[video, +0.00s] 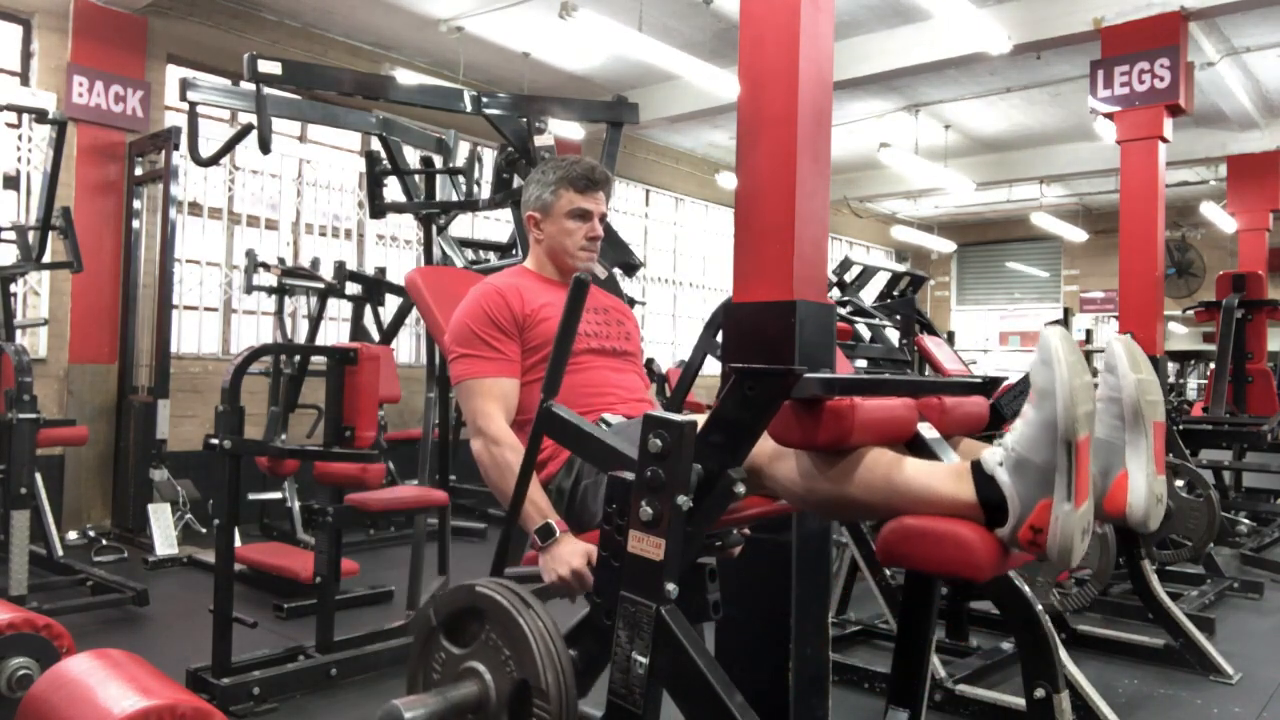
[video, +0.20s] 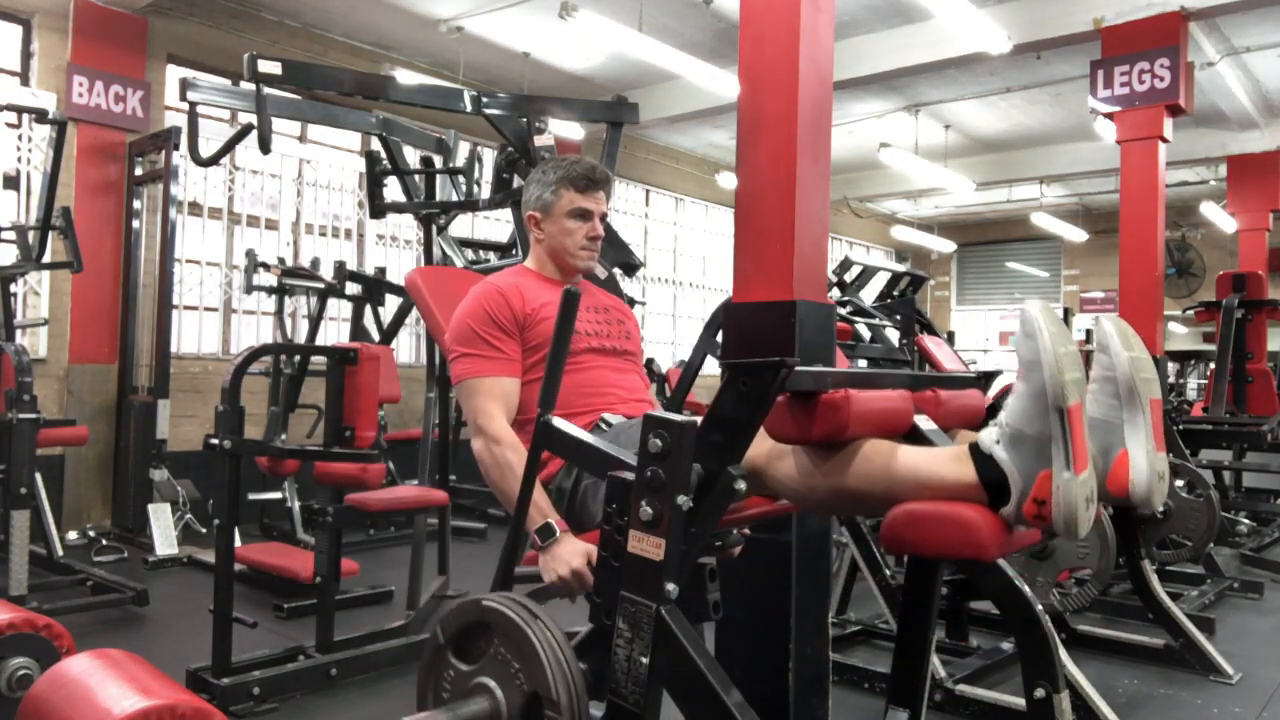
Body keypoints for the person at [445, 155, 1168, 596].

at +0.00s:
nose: (593, 234)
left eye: (598, 222)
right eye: (578, 219)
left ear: (598, 227)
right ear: (533, 219)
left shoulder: (610, 305)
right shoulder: (494, 299)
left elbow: (655, 396)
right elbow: (487, 430)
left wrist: (721, 425)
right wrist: (549, 533)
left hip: (660, 440)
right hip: (585, 460)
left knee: (818, 452)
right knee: (772, 456)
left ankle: (999, 489)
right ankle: (991, 492)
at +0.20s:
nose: (594, 233)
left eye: (599, 220)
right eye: (580, 218)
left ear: (598, 225)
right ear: (534, 218)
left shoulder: (609, 304)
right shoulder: (494, 299)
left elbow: (654, 394)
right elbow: (488, 430)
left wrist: (722, 420)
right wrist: (550, 531)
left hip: (660, 441)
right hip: (588, 463)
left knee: (822, 453)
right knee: (775, 455)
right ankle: (991, 470)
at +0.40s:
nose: (595, 233)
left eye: (600, 221)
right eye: (581, 218)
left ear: (598, 225)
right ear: (535, 218)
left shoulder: (610, 304)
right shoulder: (495, 297)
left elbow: (647, 398)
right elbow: (488, 429)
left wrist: (712, 434)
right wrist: (548, 530)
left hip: (662, 442)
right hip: (587, 464)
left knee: (822, 441)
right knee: (773, 454)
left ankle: (1026, 440)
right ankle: (1001, 452)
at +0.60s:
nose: (597, 233)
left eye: (602, 221)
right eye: (583, 219)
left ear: (599, 226)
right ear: (537, 220)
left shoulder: (609, 303)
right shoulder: (497, 299)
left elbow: (644, 397)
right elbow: (488, 430)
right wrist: (551, 531)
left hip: (657, 439)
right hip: (583, 461)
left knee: (817, 447)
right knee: (768, 453)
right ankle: (990, 459)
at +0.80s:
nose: (597, 237)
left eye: (603, 223)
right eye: (581, 223)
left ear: (603, 224)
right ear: (536, 222)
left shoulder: (607, 301)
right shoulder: (495, 303)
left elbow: (637, 401)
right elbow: (491, 440)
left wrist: (710, 417)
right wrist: (551, 534)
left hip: (654, 440)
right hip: (578, 463)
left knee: (838, 443)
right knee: (760, 428)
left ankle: (1073, 514)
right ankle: (976, 542)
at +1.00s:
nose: (597, 236)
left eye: (603, 223)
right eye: (582, 222)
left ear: (602, 224)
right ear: (538, 224)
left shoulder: (603, 298)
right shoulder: (499, 299)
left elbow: (642, 391)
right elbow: (490, 430)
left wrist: (709, 412)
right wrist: (551, 534)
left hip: (658, 431)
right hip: (590, 456)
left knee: (846, 409)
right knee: (773, 426)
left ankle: (994, 588)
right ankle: (914, 634)